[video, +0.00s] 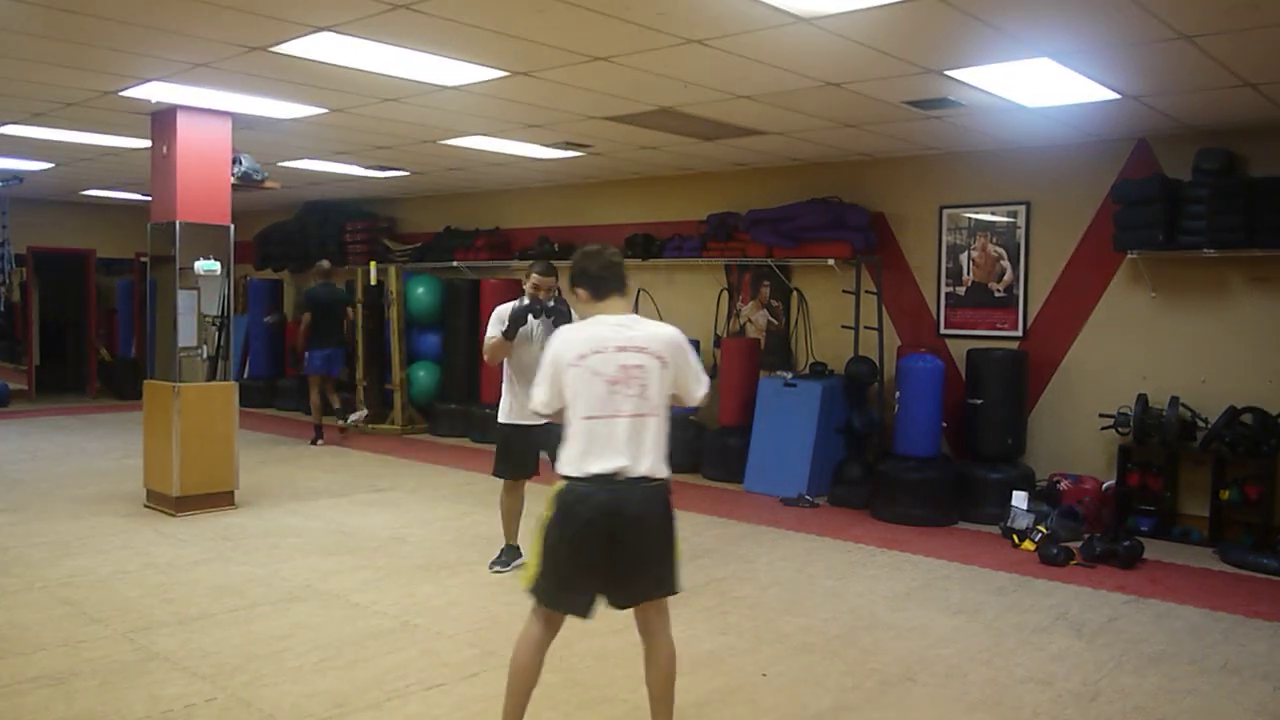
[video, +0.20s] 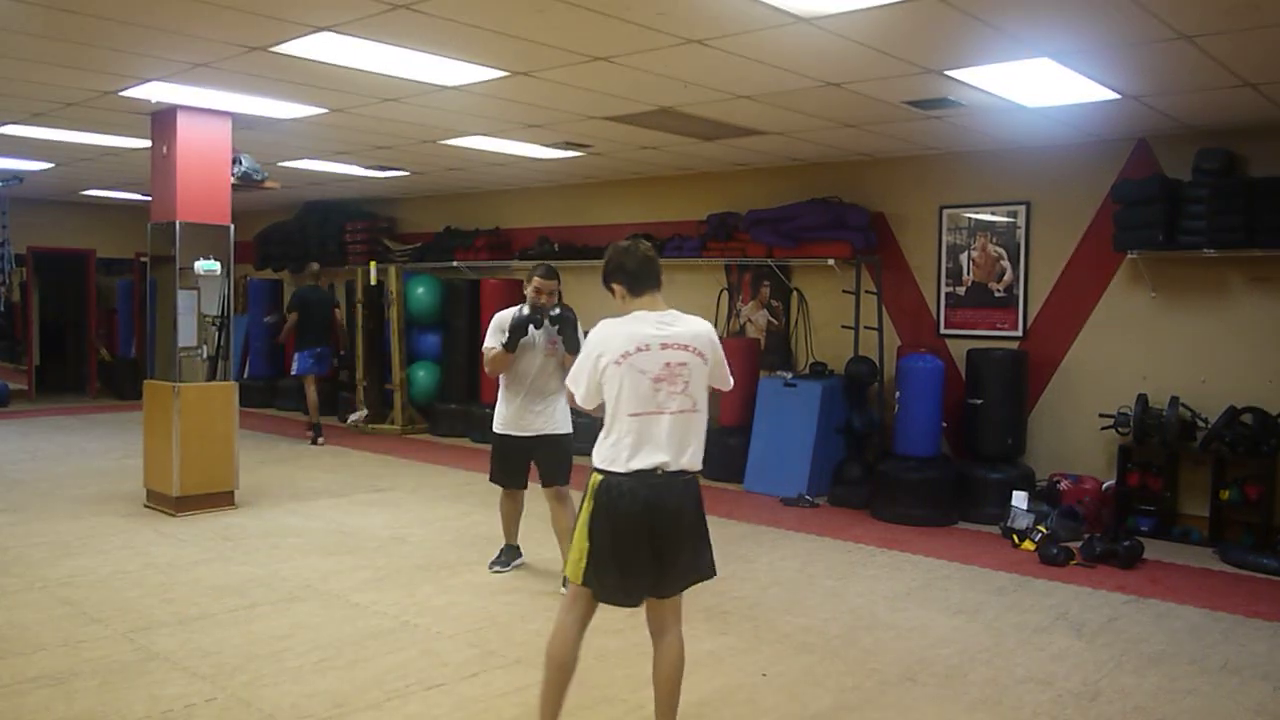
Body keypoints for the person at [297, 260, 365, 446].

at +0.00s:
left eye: (315, 273)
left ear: (315, 274)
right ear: (331, 274)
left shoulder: (310, 293)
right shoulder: (341, 292)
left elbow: (306, 319)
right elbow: (350, 316)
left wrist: (300, 340)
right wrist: (348, 335)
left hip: (317, 346)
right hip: (337, 344)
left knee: (315, 389)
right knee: (330, 385)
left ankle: (318, 433)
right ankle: (340, 414)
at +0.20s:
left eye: (305, 275)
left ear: (305, 276)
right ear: (319, 277)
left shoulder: (299, 293)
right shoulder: (327, 294)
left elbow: (293, 318)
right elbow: (338, 317)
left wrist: (283, 336)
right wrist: (341, 338)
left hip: (306, 345)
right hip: (324, 344)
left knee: (310, 386)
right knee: (313, 385)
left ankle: (317, 431)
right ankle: (313, 422)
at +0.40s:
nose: (298, 279)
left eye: (297, 276)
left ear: (296, 277)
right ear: (311, 278)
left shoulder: (290, 295)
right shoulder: (319, 295)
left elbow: (285, 319)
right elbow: (328, 318)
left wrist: (276, 337)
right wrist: (330, 341)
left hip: (296, 344)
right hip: (315, 344)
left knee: (294, 381)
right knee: (306, 382)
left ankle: (309, 418)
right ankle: (302, 420)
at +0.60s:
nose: (288, 276)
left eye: (289, 273)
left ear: (290, 275)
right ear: (304, 276)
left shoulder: (285, 293)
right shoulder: (312, 294)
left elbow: (279, 320)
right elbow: (319, 318)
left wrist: (273, 342)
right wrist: (315, 336)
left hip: (287, 342)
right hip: (307, 342)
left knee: (275, 377)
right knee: (301, 382)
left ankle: (286, 412)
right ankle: (301, 426)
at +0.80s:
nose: (272, 277)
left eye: (273, 274)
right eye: (273, 274)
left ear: (276, 276)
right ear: (289, 277)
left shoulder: (274, 293)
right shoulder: (299, 294)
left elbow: (271, 319)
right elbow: (309, 317)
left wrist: (266, 343)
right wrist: (299, 327)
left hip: (278, 341)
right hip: (298, 341)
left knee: (267, 380)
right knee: (295, 381)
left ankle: (264, 421)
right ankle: (299, 424)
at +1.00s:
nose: (261, 277)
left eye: (263, 274)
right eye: (263, 273)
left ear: (264, 276)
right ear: (279, 277)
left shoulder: (261, 293)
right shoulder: (288, 294)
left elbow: (256, 319)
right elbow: (296, 317)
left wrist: (252, 342)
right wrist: (294, 338)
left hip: (264, 342)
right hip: (284, 342)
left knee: (262, 379)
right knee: (282, 378)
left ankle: (264, 421)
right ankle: (289, 406)